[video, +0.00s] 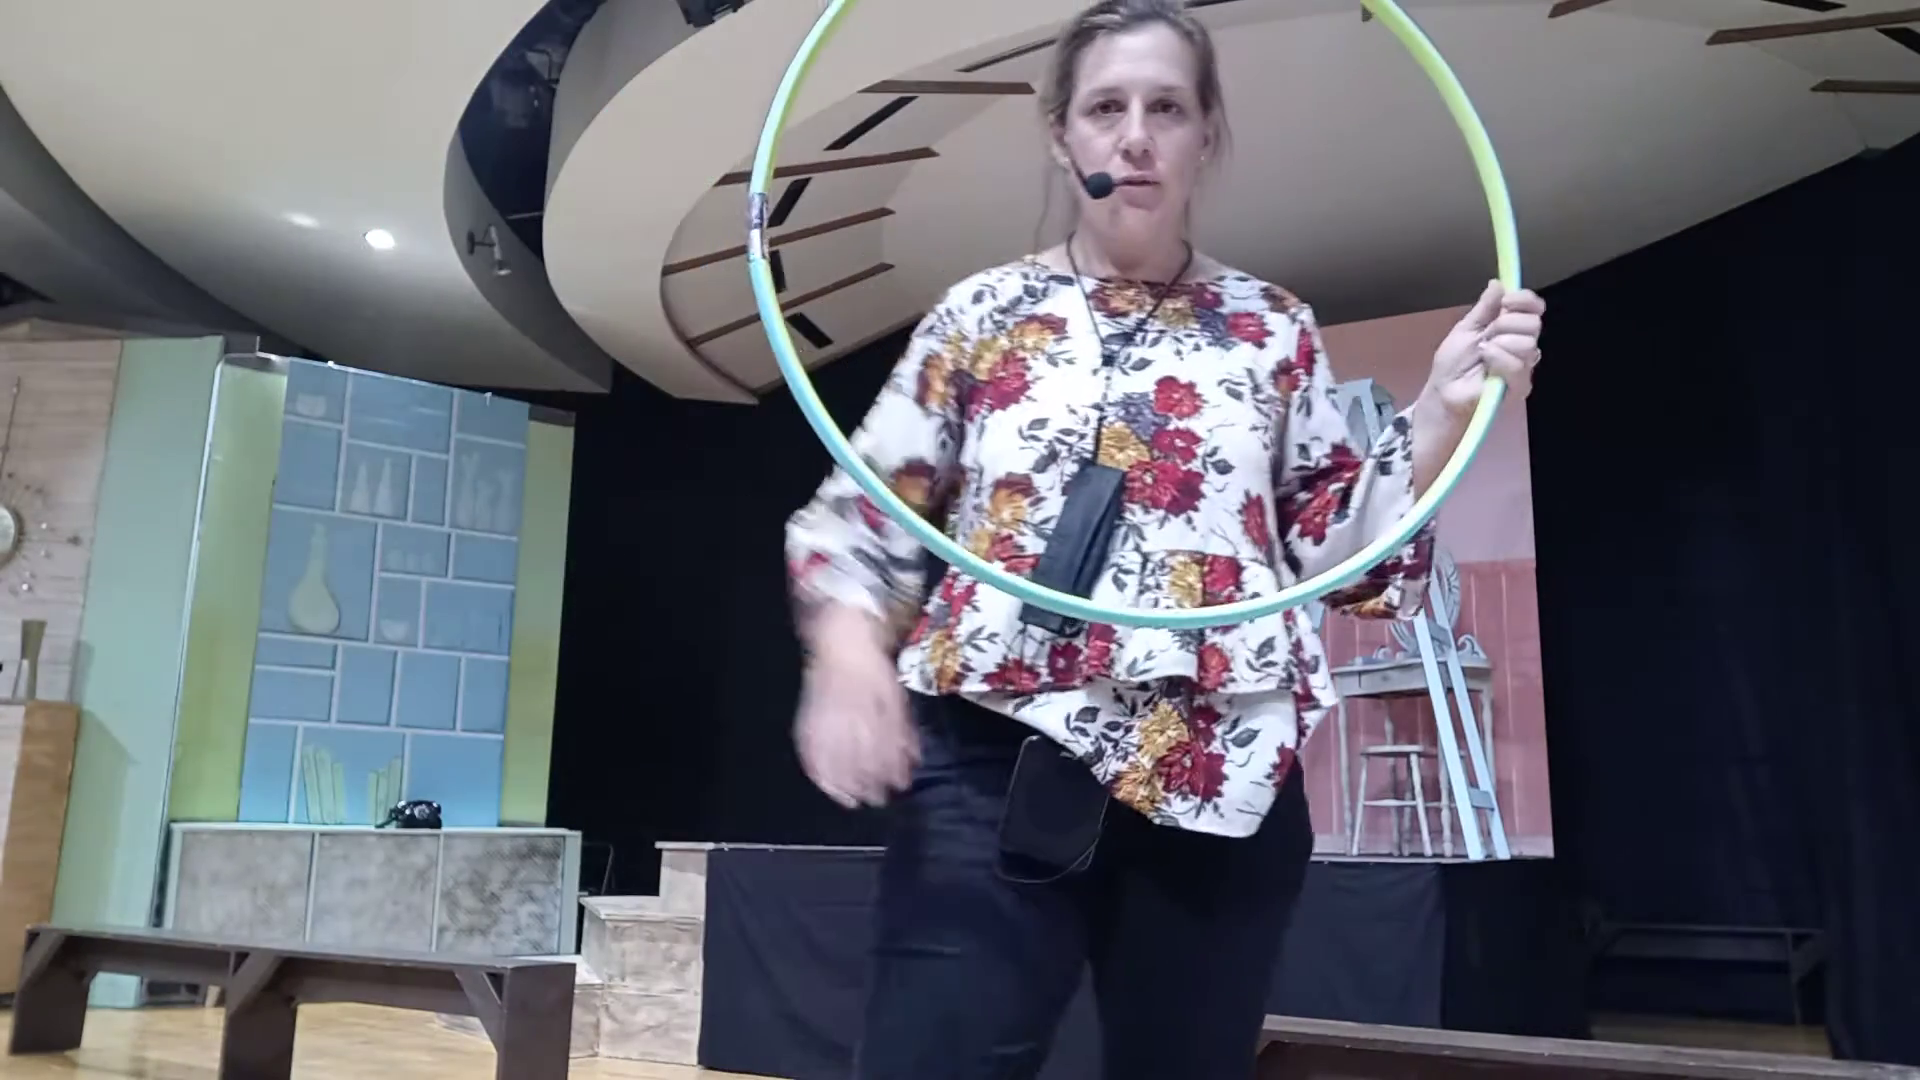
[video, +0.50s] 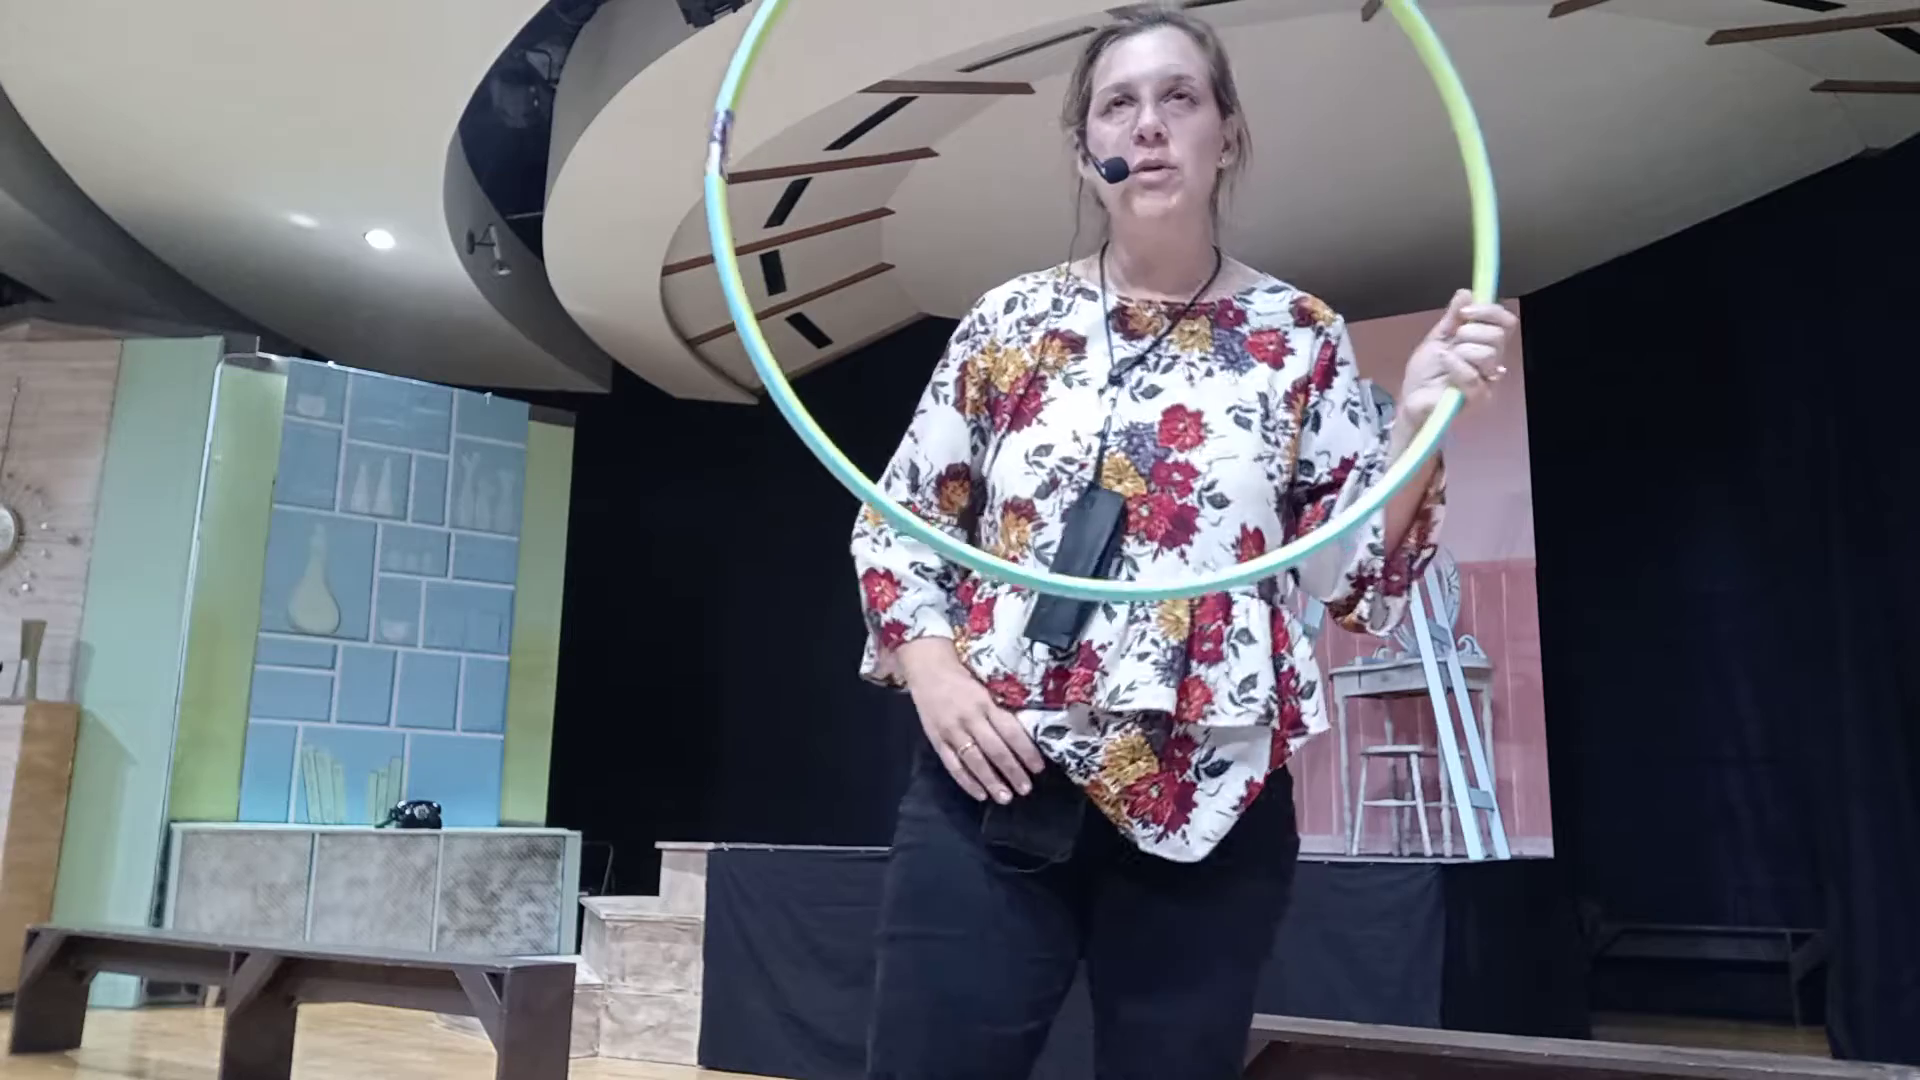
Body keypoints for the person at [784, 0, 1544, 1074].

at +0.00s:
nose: (1134, 137)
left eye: (1165, 109)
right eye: (1106, 108)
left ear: (1211, 138)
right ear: (1061, 137)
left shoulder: (1277, 332)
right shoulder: (981, 315)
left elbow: (1344, 561)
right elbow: (852, 521)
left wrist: (1443, 412)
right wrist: (848, 649)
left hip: (1216, 802)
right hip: (992, 775)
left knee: (1186, 1065)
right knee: (931, 1062)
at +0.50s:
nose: (1146, 124)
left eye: (1176, 98)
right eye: (1118, 105)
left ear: (1229, 135)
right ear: (1085, 148)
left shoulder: (1301, 337)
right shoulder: (1007, 323)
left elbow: (1352, 581)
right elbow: (896, 528)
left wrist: (1418, 417)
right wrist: (934, 675)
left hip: (1207, 821)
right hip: (988, 795)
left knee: (1172, 1065)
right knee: (924, 1062)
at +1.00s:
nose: (1019, 175)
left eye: (1047, 164)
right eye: (992, 159)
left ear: (1078, 214)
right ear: (947, 205)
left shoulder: (1138, 367)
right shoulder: (876, 383)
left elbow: (1206, 584)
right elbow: (751, 535)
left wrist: (1243, 441)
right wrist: (795, 644)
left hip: (1110, 798)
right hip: (913, 799)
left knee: (1116, 1060)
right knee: (929, 1062)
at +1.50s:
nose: (966, 226)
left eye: (994, 209)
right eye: (942, 206)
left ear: (1029, 244)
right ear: (907, 241)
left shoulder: (1093, 390)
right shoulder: (849, 397)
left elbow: (1145, 592)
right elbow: (776, 533)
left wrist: (1177, 460)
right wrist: (721, 571)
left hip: (1072, 793)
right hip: (890, 798)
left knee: (1101, 1061)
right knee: (911, 1062)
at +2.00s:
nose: (1041, 260)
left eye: (1062, 239)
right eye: (1014, 237)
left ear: (1085, 264)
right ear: (966, 263)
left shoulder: (1143, 406)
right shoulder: (906, 416)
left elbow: (1205, 602)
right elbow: (838, 616)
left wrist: (1243, 468)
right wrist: (778, 499)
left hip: (1126, 801)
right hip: (946, 794)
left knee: (1114, 1063)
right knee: (950, 1060)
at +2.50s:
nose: (1074, 261)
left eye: (1095, 242)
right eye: (1048, 239)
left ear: (1117, 267)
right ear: (998, 260)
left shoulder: (1165, 414)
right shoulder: (927, 406)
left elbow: (1210, 607)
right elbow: (853, 625)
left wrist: (1255, 483)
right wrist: (824, 500)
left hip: (1132, 801)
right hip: (958, 795)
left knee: (1120, 1064)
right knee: (959, 1060)